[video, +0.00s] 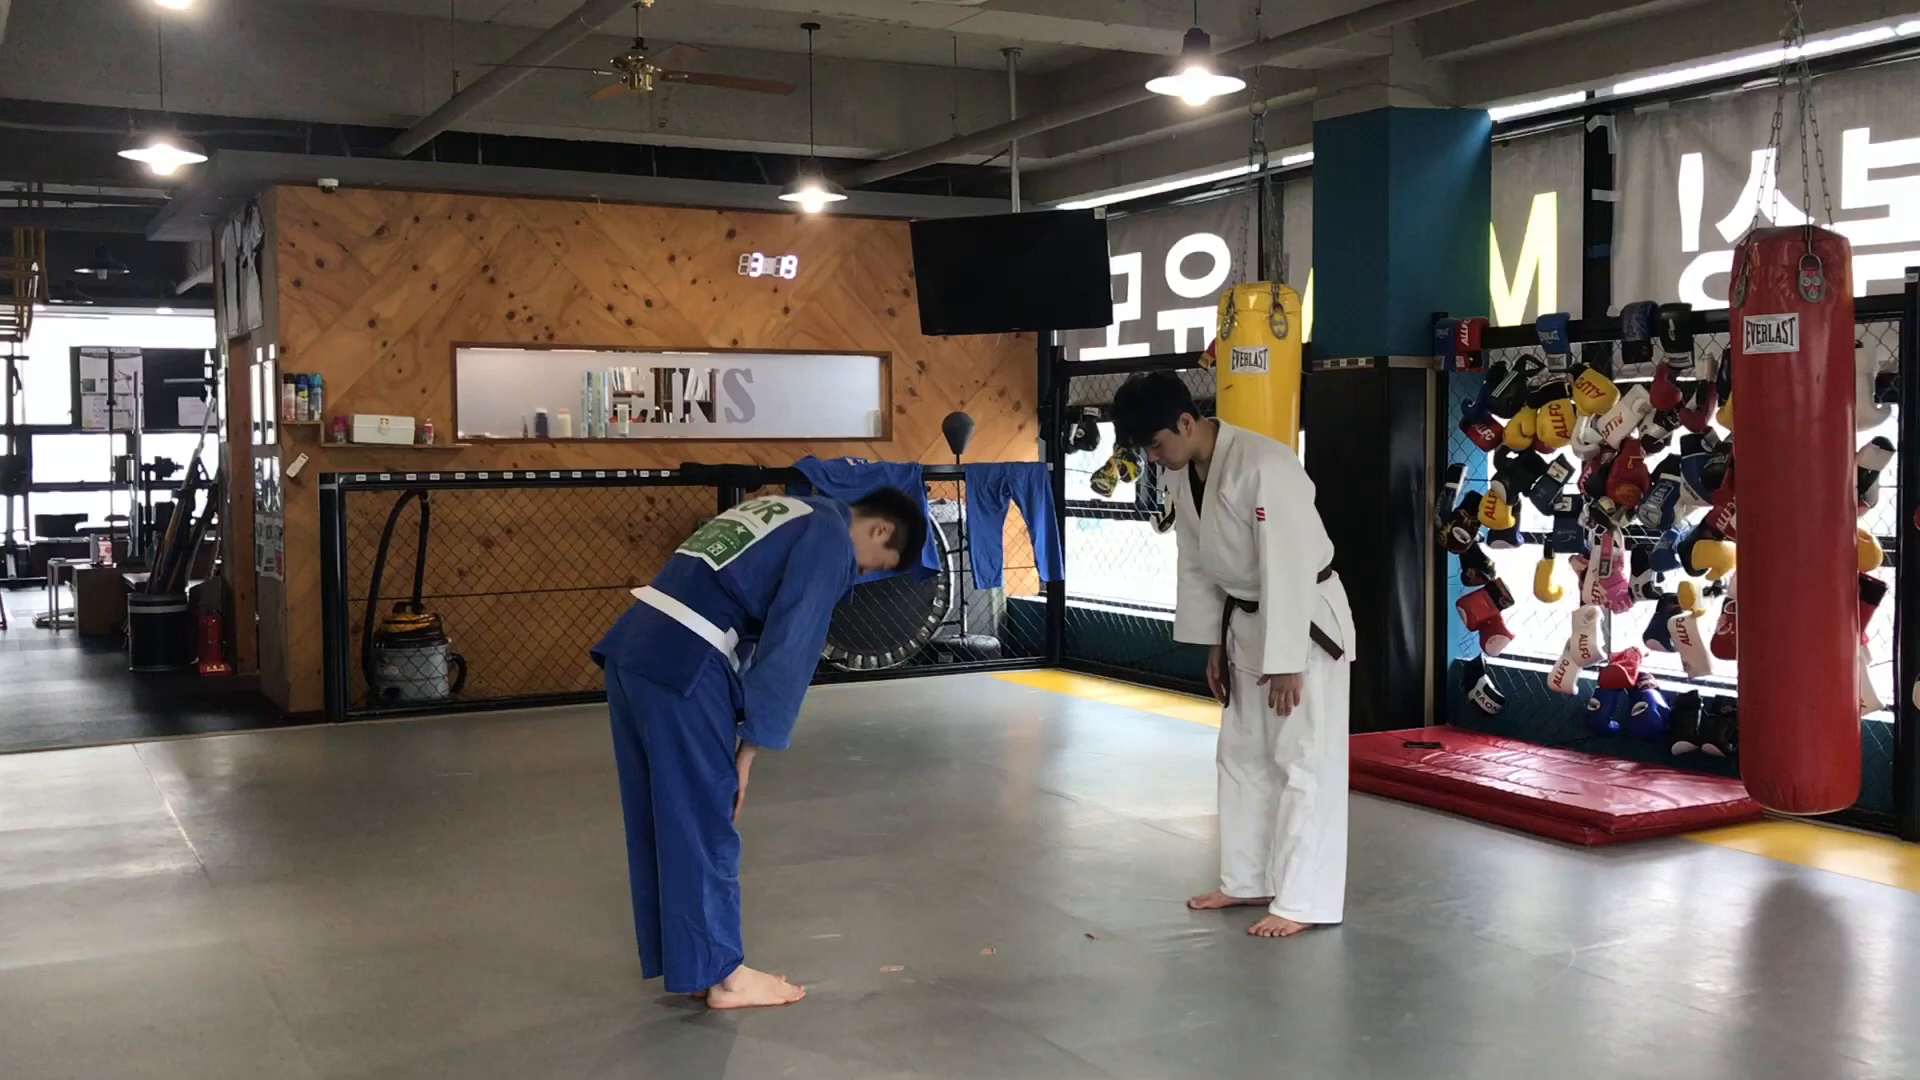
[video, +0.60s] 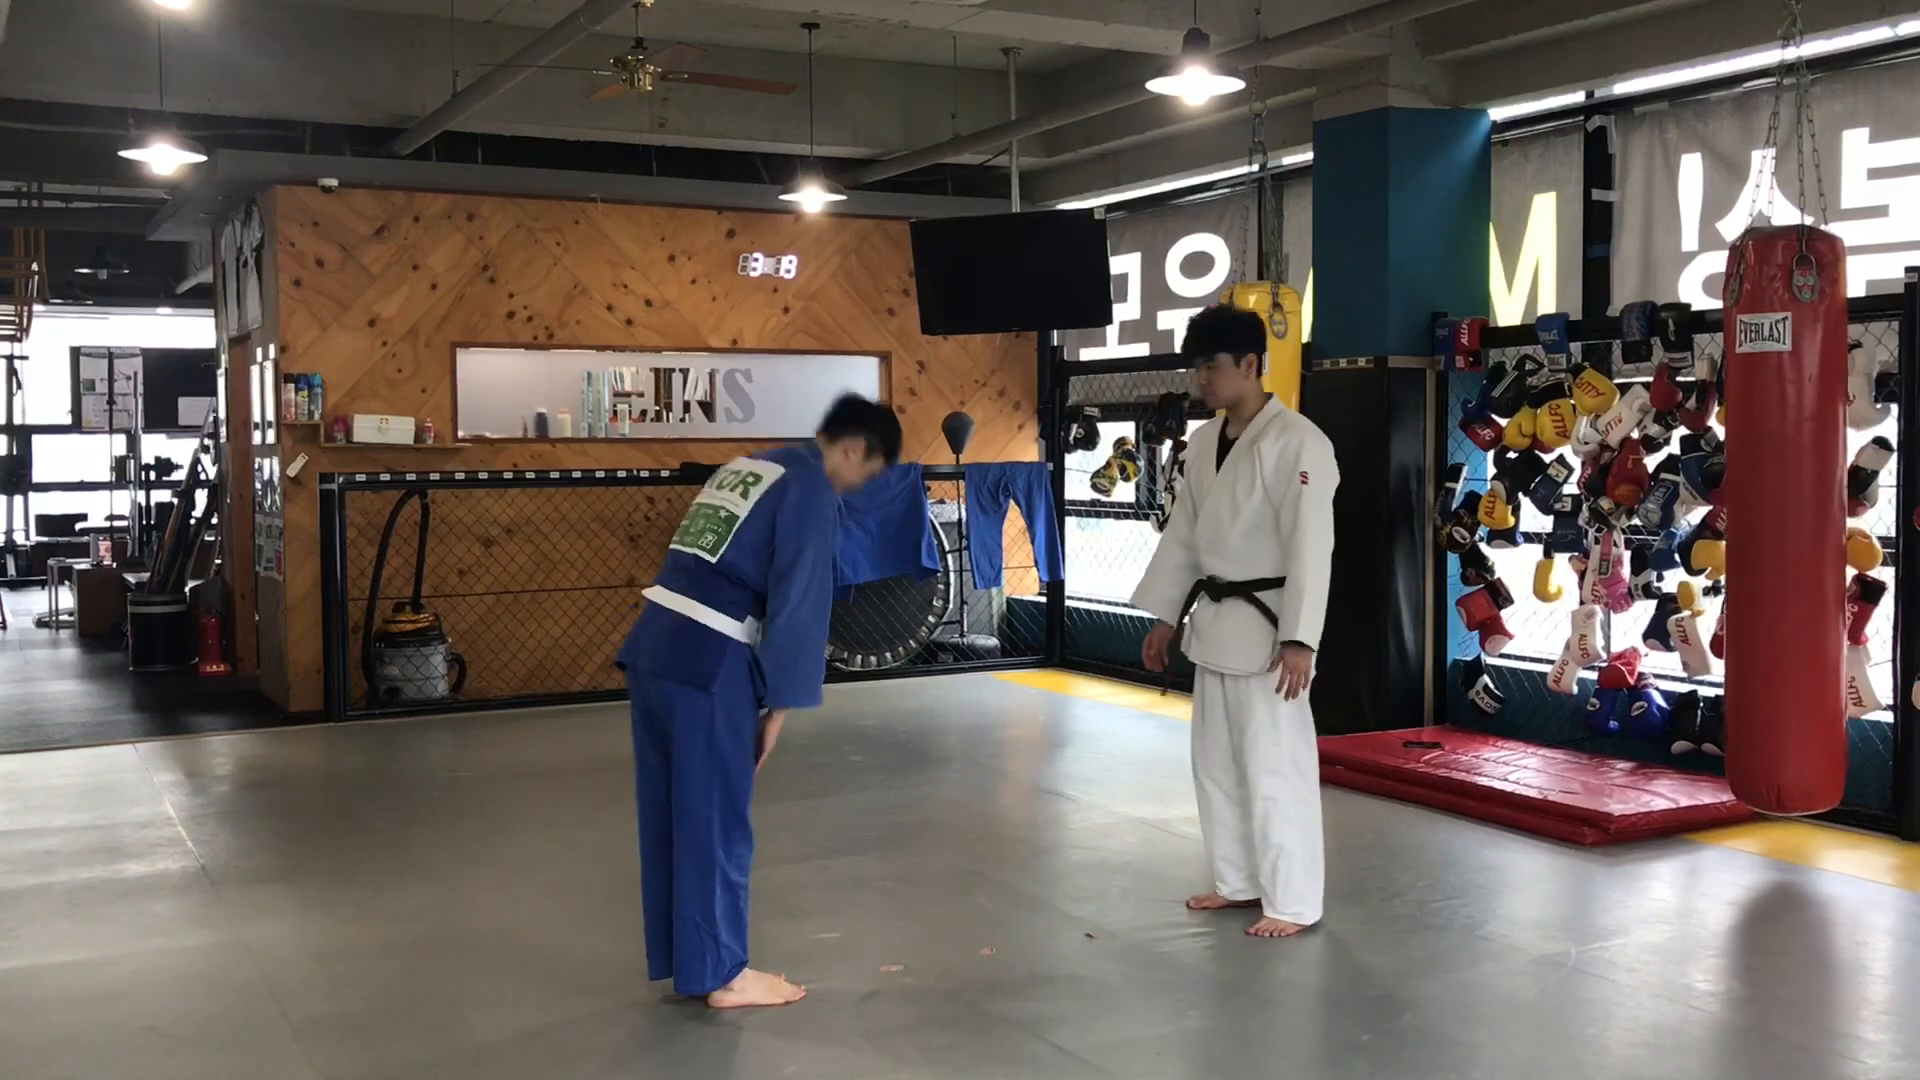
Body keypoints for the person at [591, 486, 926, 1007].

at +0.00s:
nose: (865, 573)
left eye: (879, 570)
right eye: (880, 562)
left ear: (868, 515)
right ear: (880, 528)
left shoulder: (779, 506)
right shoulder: (829, 536)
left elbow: (733, 617)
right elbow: (790, 641)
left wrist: (736, 723)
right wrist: (749, 747)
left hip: (630, 656)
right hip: (683, 671)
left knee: (658, 817)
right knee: (708, 822)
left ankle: (686, 965)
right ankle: (723, 972)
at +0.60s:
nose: (862, 484)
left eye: (870, 474)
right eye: (868, 471)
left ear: (829, 435)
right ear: (853, 446)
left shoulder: (753, 464)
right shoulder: (810, 489)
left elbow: (719, 571)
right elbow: (796, 602)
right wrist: (781, 705)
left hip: (654, 657)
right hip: (708, 667)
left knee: (669, 815)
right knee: (719, 821)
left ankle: (679, 962)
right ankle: (722, 973)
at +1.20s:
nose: (812, 381)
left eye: (809, 368)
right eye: (808, 368)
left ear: (750, 376)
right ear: (783, 373)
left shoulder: (719, 453)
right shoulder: (787, 460)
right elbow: (812, 574)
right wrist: (835, 667)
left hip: (722, 664)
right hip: (773, 671)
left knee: (747, 814)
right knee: (772, 823)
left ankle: (738, 953)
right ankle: (740, 980)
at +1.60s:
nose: (866, 385)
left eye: (864, 374)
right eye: (862, 375)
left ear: (811, 382)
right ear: (840, 380)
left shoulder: (793, 457)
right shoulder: (845, 467)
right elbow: (908, 569)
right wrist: (984, 582)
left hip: (812, 651)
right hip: (845, 661)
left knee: (863, 802)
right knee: (830, 807)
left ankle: (885, 936)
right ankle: (753, 963)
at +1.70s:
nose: (886, 379)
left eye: (883, 366)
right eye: (880, 368)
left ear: (830, 378)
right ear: (855, 375)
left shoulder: (812, 454)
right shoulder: (866, 460)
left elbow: (847, 552)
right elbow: (938, 535)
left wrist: (912, 587)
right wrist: (1013, 517)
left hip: (822, 652)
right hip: (865, 658)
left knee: (855, 795)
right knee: (881, 799)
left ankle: (889, 933)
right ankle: (776, 933)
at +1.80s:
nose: (904, 378)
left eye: (901, 366)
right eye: (898, 366)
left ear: (848, 378)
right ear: (871, 374)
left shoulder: (826, 455)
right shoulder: (883, 456)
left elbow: (893, 556)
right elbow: (966, 510)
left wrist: (956, 536)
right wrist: (1051, 477)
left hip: (834, 649)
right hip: (882, 655)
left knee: (862, 792)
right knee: (919, 791)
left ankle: (892, 932)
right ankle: (834, 927)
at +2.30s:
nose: (949, 370)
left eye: (945, 358)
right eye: (943, 360)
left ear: (886, 374)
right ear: (921, 369)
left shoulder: (875, 440)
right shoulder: (950, 449)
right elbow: (1044, 491)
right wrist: (1148, 478)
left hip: (871, 642)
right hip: (925, 648)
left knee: (885, 791)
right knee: (938, 801)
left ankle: (889, 931)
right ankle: (936, 956)